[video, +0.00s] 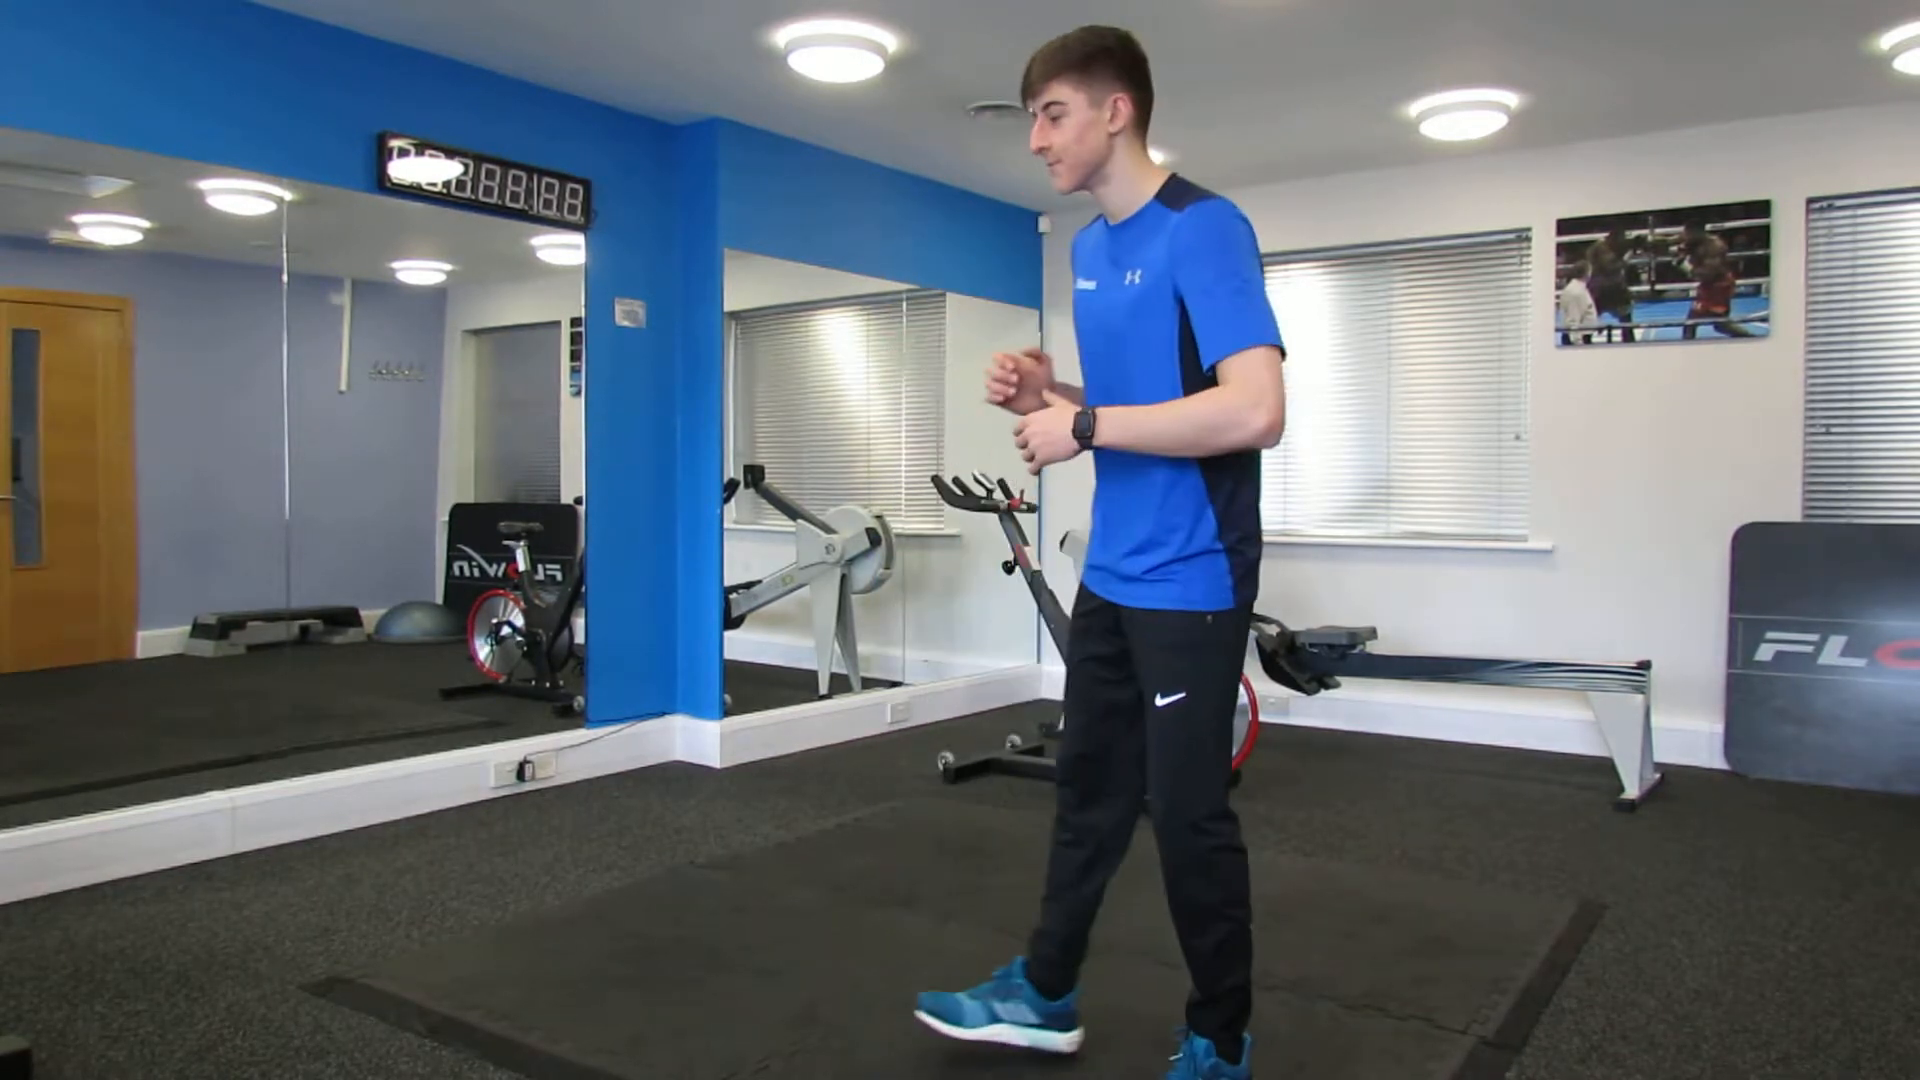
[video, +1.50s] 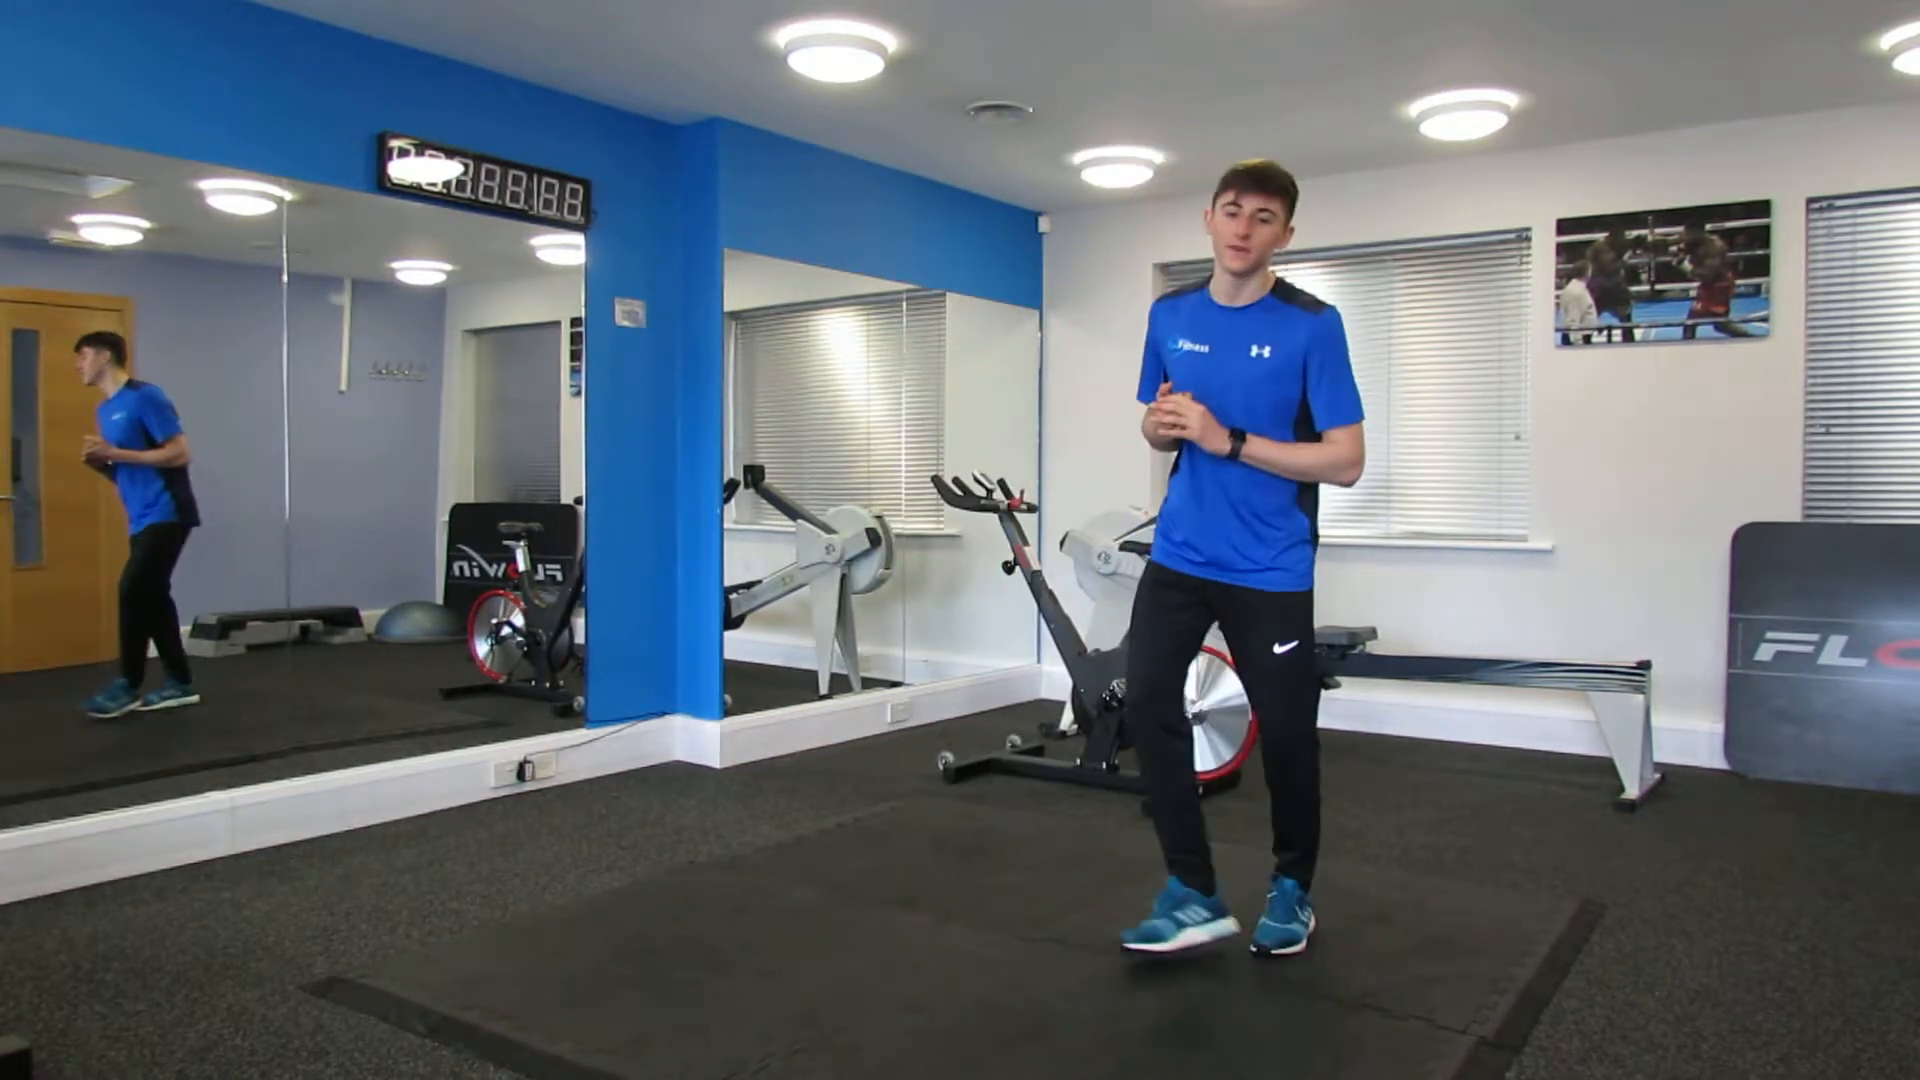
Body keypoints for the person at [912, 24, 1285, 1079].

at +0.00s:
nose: (1037, 139)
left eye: (1052, 113)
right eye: (1033, 120)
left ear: (1119, 110)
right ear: (1089, 123)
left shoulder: (1205, 228)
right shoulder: (1093, 247)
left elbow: (1255, 408)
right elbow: (1133, 400)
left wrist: (1088, 429)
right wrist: (1053, 389)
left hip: (1194, 583)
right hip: (1110, 574)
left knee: (1192, 815)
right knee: (1090, 792)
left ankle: (1219, 1039)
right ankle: (1044, 990)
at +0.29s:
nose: (1098, 151)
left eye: (1115, 125)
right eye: (1090, 134)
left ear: (1177, 121)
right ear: (1098, 146)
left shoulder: (1245, 231)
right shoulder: (1129, 258)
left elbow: (1263, 414)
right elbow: (1143, 412)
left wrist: (1112, 393)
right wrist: (1080, 374)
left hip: (1222, 574)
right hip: (1144, 568)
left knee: (1212, 810)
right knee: (1132, 756)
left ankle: (1229, 1036)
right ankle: (1221, 929)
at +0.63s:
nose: (1149, 188)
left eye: (1168, 169)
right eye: (1134, 174)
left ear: (1208, 179)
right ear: (1122, 191)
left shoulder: (1264, 273)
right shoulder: (1129, 311)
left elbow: (1330, 421)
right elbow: (1122, 469)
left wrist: (1186, 415)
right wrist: (1129, 414)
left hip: (1240, 576)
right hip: (1156, 578)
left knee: (1234, 795)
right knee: (1188, 783)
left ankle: (1232, 1029)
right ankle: (1230, 944)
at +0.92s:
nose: (1175, 193)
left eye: (1192, 178)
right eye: (1159, 181)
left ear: (1221, 192)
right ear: (1138, 199)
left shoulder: (1277, 276)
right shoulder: (1128, 316)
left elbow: (1343, 408)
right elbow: (1121, 458)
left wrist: (1214, 413)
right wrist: (1151, 414)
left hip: (1261, 558)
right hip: (1170, 564)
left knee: (1265, 755)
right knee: (1192, 758)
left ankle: (1304, 950)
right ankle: (1238, 934)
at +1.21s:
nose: (1215, 201)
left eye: (1232, 189)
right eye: (1201, 189)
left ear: (1257, 207)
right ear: (1178, 207)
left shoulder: (1300, 288)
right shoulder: (1151, 315)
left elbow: (1346, 422)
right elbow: (1131, 453)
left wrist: (1223, 401)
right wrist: (1160, 397)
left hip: (1275, 557)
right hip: (1182, 561)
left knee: (1285, 739)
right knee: (1202, 752)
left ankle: (1297, 879)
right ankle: (1236, 932)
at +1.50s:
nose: (1244, 227)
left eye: (1263, 217)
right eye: (1232, 211)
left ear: (1284, 235)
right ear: (1209, 222)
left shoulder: (1313, 326)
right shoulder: (1172, 315)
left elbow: (1347, 458)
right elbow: (1155, 429)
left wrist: (1231, 441)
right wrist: (1160, 427)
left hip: (1271, 568)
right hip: (1179, 557)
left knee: (1288, 732)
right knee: (1147, 705)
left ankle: (1291, 889)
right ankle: (1194, 891)